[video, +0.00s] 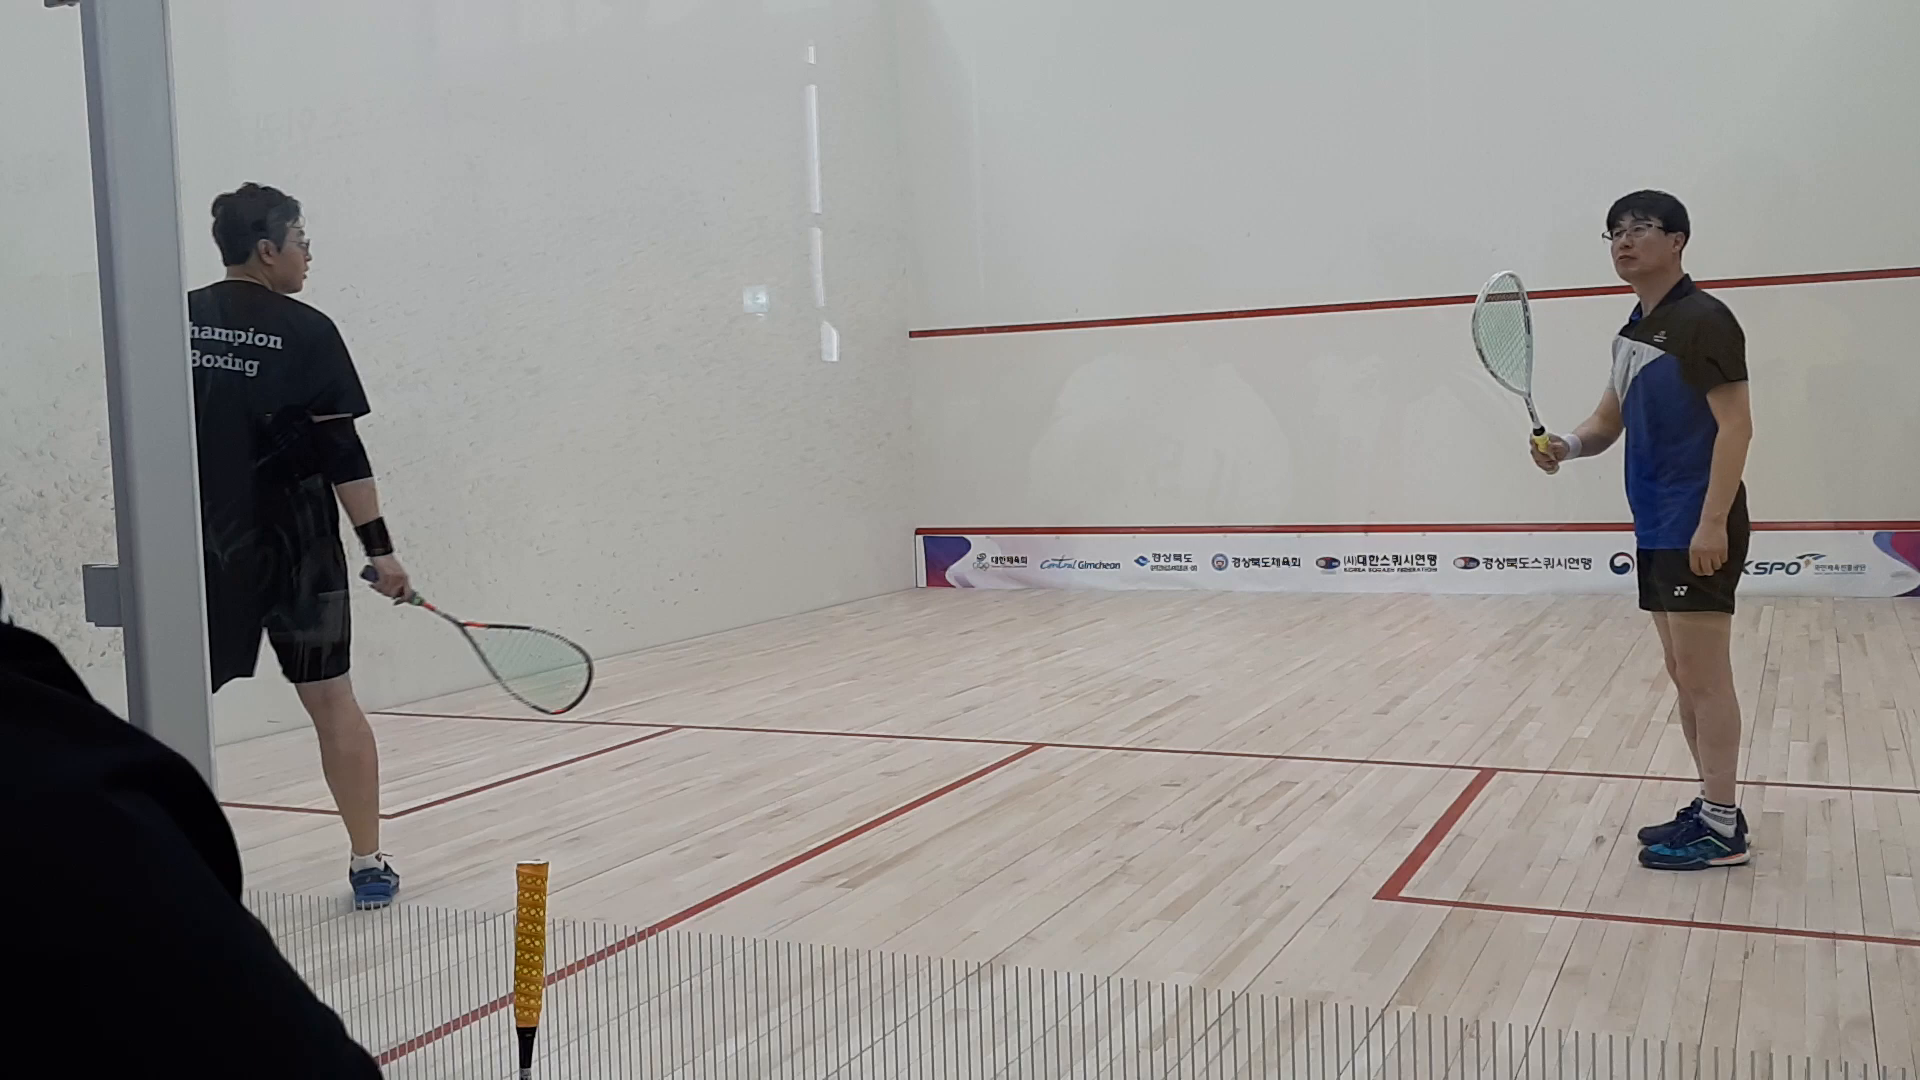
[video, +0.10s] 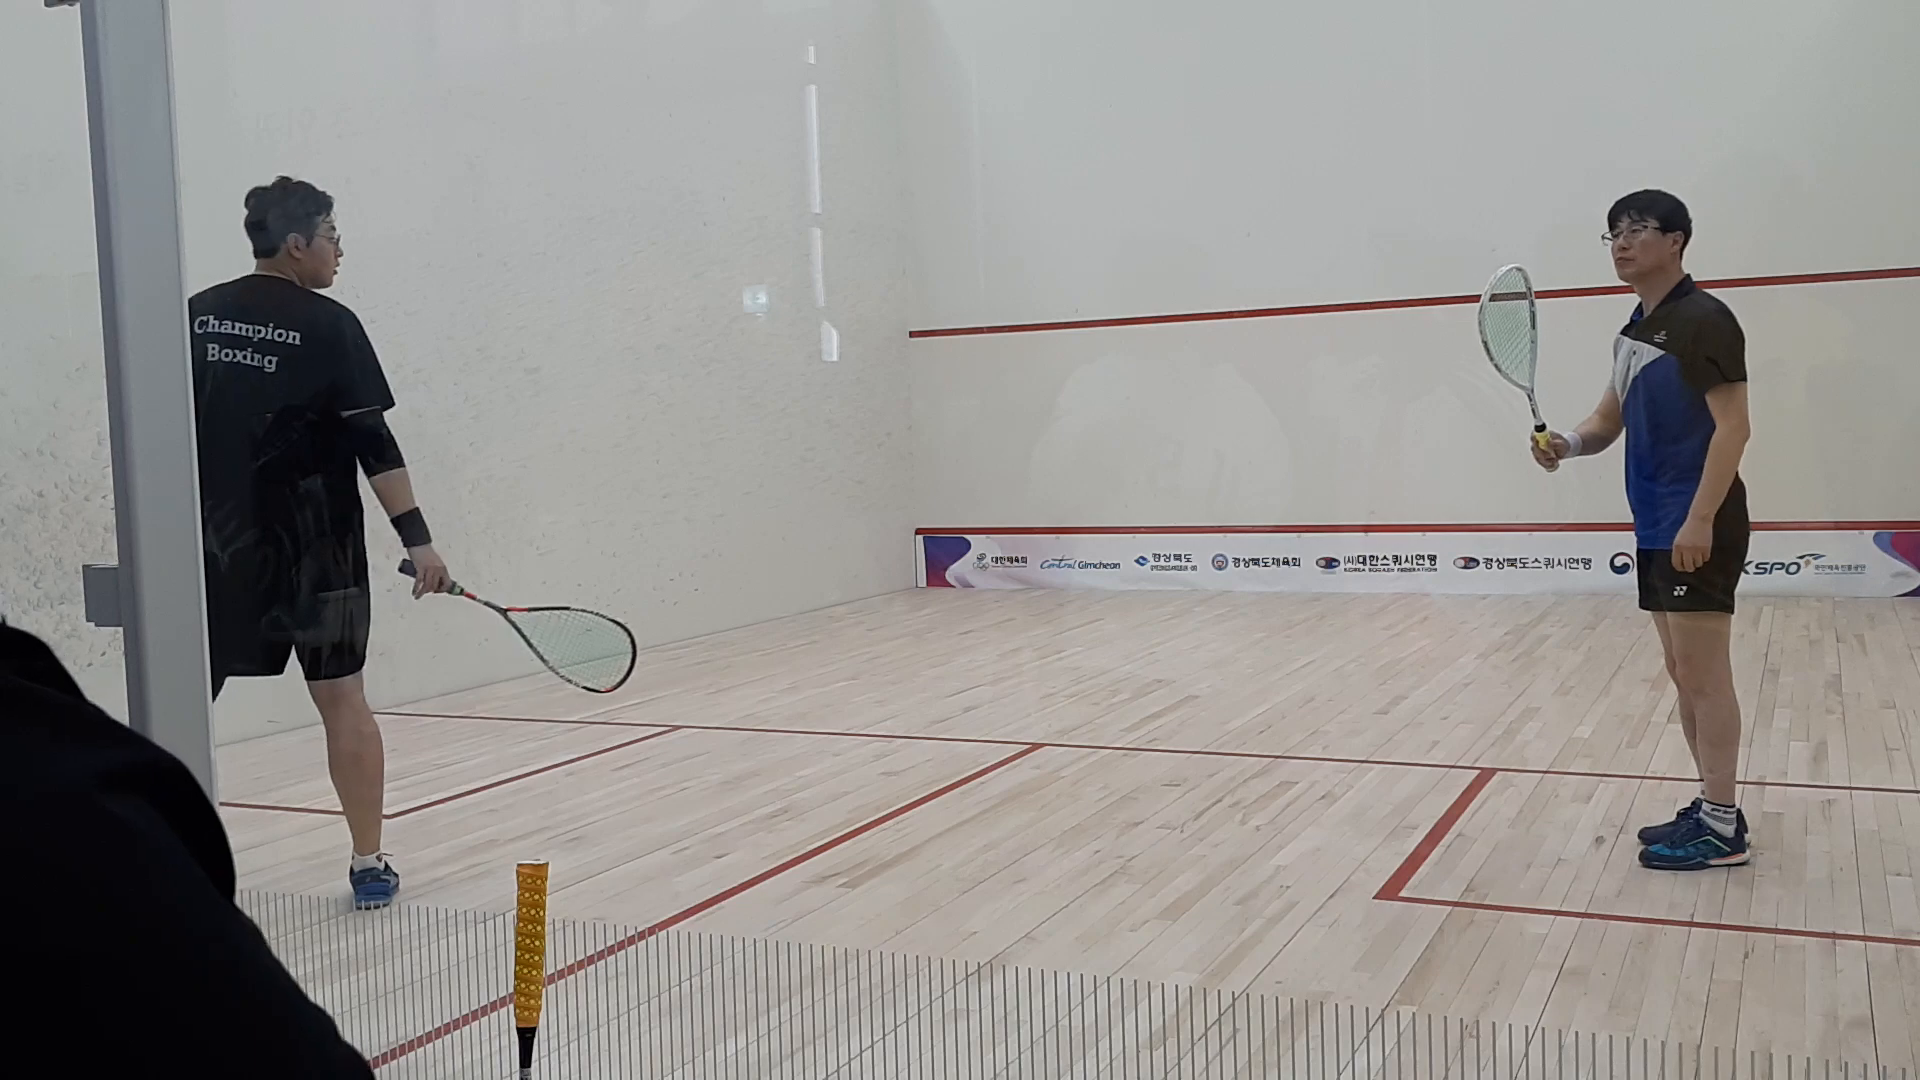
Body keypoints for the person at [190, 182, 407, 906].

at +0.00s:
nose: (309, 253)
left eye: (305, 239)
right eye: (300, 242)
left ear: (240, 252)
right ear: (264, 252)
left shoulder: (178, 316)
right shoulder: (308, 330)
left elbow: (152, 435)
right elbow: (343, 451)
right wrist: (381, 549)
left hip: (204, 546)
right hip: (300, 546)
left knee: (176, 703)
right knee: (333, 705)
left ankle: (155, 868)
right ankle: (368, 864)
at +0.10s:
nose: (340, 250)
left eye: (337, 236)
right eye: (331, 238)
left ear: (271, 246)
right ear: (295, 245)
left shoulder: (197, 313)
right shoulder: (331, 325)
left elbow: (162, 427)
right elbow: (374, 443)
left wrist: (152, 537)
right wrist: (418, 541)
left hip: (214, 546)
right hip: (317, 550)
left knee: (179, 705)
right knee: (342, 704)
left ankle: (160, 864)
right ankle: (369, 863)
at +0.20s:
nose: (363, 245)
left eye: (360, 232)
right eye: (353, 233)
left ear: (296, 240)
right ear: (319, 239)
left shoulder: (221, 307)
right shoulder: (350, 322)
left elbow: (198, 413)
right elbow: (393, 442)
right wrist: (435, 538)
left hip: (235, 544)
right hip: (332, 549)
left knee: (208, 691)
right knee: (348, 701)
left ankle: (197, 851)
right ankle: (369, 862)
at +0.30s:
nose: (382, 249)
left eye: (380, 235)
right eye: (375, 236)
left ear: (310, 241)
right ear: (339, 242)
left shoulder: (240, 303)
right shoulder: (362, 326)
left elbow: (228, 400)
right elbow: (394, 446)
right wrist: (433, 548)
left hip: (250, 539)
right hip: (342, 544)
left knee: (229, 685)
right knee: (352, 696)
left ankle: (242, 844)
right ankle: (369, 863)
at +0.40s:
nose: (400, 253)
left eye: (398, 239)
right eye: (392, 240)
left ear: (328, 245)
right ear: (354, 246)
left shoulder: (256, 301)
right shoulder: (368, 330)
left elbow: (252, 386)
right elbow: (389, 455)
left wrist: (366, 320)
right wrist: (416, 560)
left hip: (259, 537)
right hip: (345, 541)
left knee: (241, 688)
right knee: (354, 694)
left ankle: (248, 846)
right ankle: (370, 862)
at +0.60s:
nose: (425, 270)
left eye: (427, 256)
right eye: (422, 255)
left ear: (358, 246)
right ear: (388, 249)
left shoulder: (281, 295)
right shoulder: (385, 334)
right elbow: (384, 459)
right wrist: (385, 564)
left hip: (260, 537)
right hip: (337, 545)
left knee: (247, 691)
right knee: (354, 694)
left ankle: (244, 847)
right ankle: (369, 861)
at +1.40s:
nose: (329, 242)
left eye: (326, 229)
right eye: (316, 230)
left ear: (265, 243)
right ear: (273, 239)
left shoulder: (198, 316)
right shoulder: (300, 318)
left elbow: (184, 434)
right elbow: (333, 436)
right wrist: (388, 519)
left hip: (214, 553)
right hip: (302, 549)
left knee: (218, 720)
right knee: (337, 702)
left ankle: (199, 875)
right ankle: (367, 860)